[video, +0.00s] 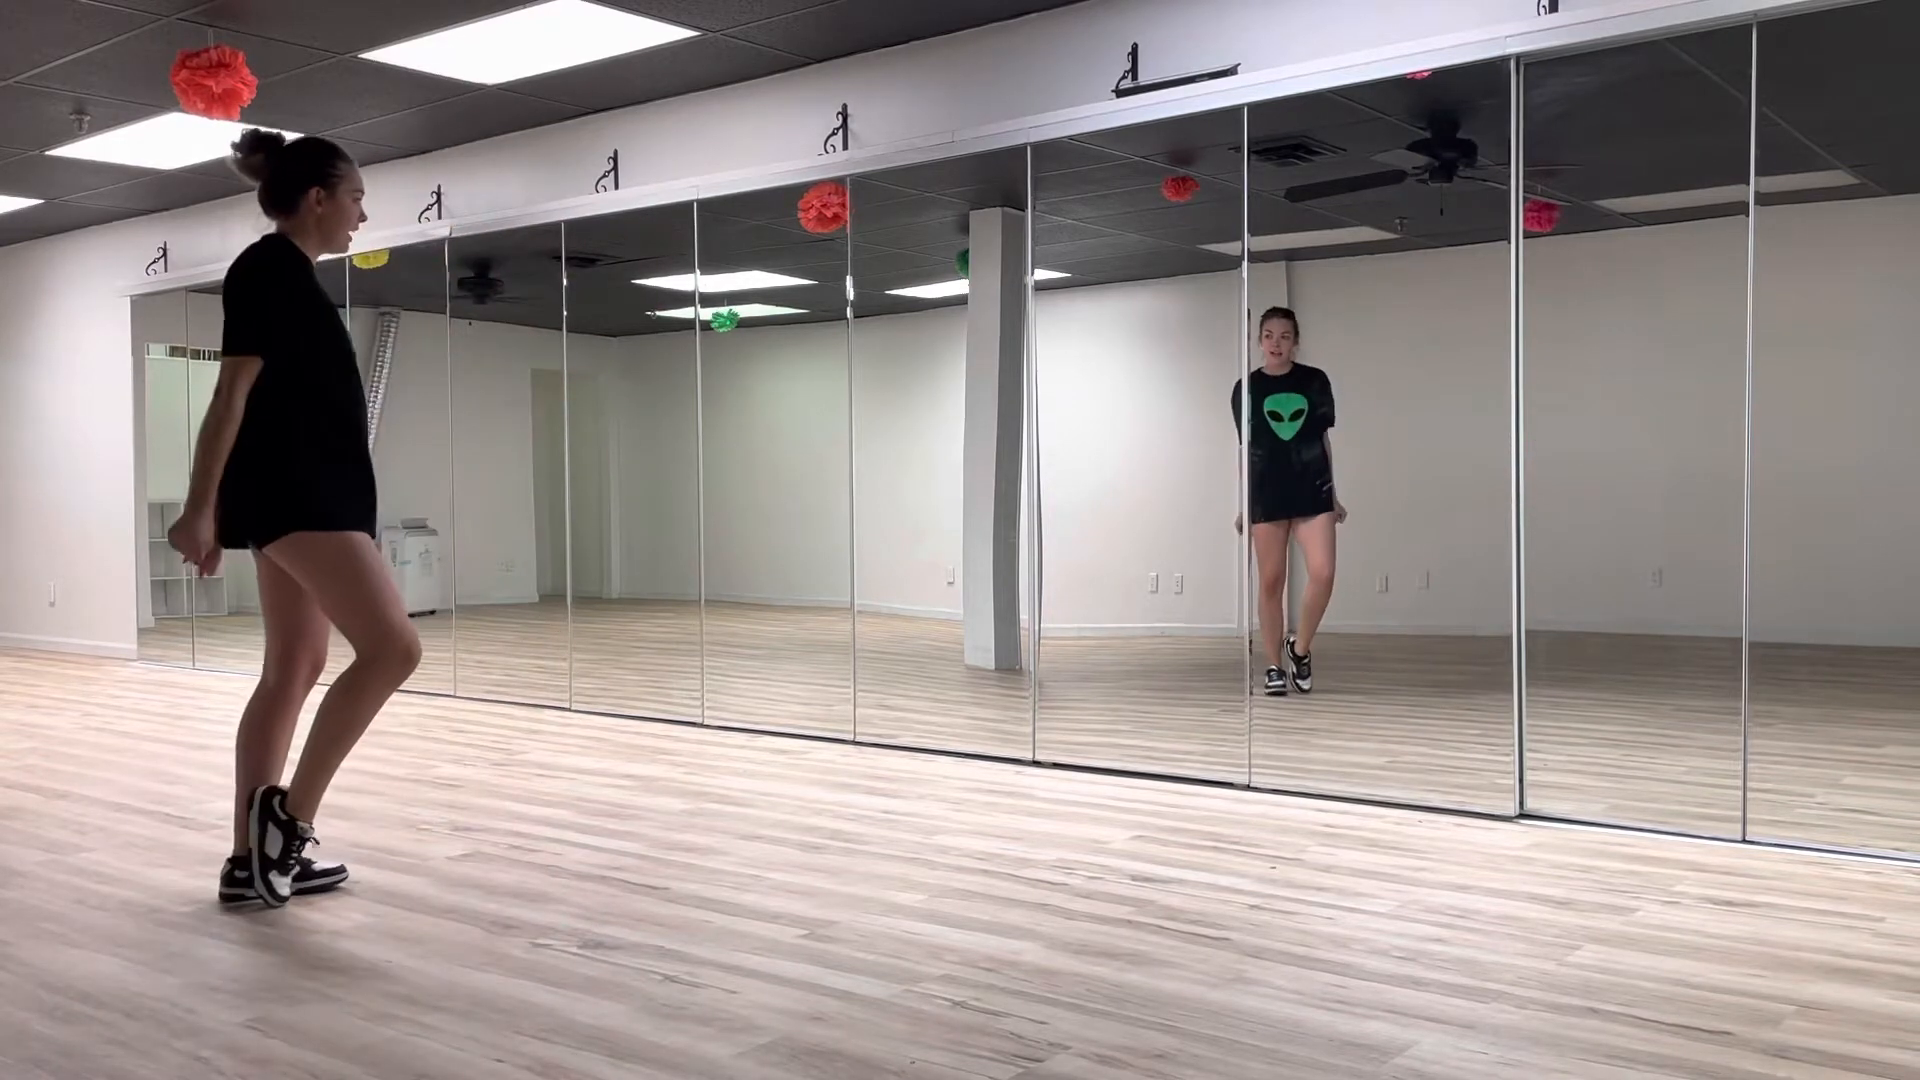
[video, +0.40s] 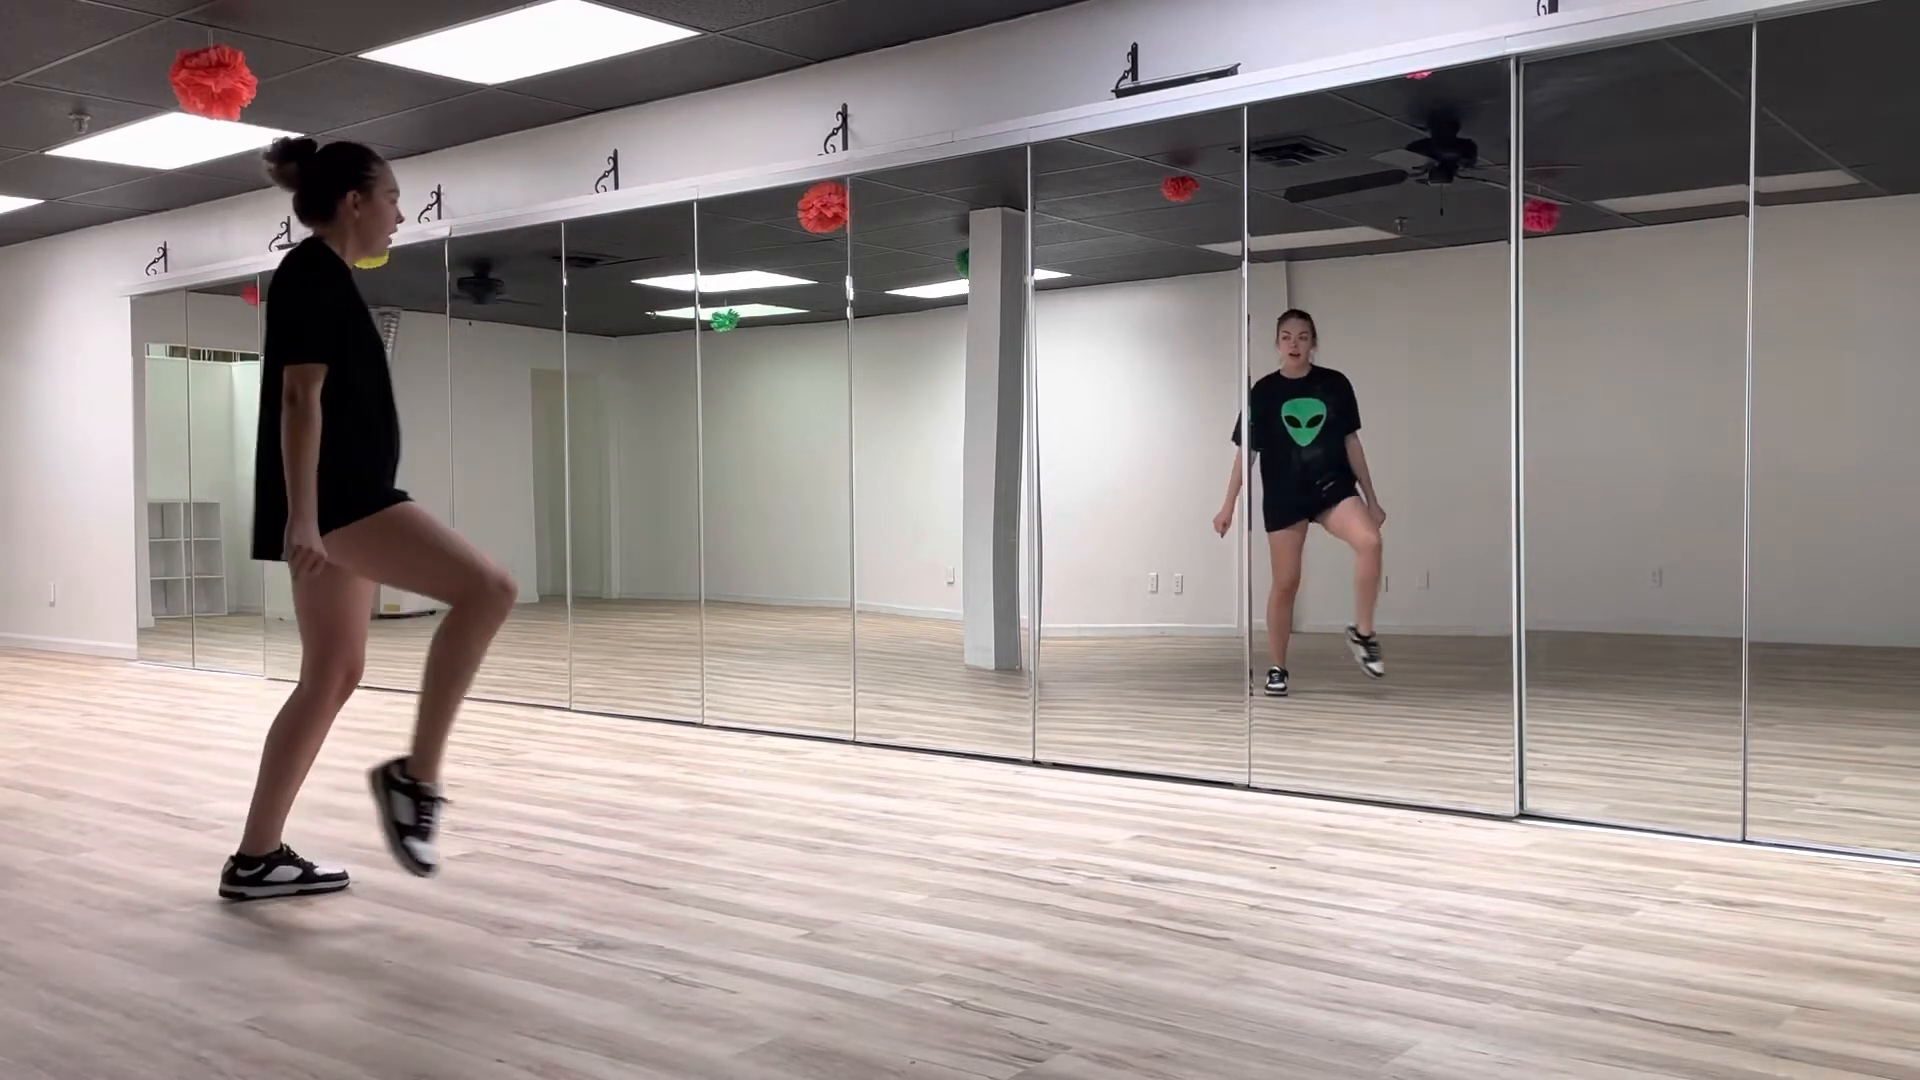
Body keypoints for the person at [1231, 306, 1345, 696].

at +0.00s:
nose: (1276, 342)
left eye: (1284, 336)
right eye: (1269, 335)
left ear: (1296, 341)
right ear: (1259, 340)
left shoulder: (1316, 380)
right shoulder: (1245, 388)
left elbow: (1323, 441)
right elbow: (1245, 451)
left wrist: (1332, 496)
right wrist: (1243, 506)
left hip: (1313, 493)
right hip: (1265, 496)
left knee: (1323, 575)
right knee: (1271, 581)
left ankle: (1301, 650)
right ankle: (1274, 666)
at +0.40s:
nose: (1294, 343)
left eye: (1302, 336)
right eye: (1287, 336)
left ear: (1313, 342)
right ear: (1277, 342)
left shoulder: (1335, 383)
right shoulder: (1262, 392)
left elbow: (1352, 443)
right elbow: (1244, 452)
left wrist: (1371, 498)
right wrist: (1227, 505)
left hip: (1332, 490)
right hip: (1284, 497)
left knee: (1370, 541)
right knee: (1286, 584)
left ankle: (1364, 632)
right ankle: (1277, 667)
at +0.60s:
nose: (1320, 332)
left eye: (1328, 326)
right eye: (1313, 326)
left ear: (1340, 334)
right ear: (1303, 333)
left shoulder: (1359, 375)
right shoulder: (1286, 381)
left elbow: (1370, 436)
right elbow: (1272, 449)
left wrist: (1377, 482)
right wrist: (1261, 505)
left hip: (1365, 480)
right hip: (1313, 489)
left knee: (1401, 560)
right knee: (1298, 580)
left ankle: (1430, 658)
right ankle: (1281, 665)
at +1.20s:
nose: (1300, 341)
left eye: (1310, 335)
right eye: (1295, 334)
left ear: (1327, 342)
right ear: (1290, 341)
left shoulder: (1345, 385)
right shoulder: (1284, 390)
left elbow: (1368, 446)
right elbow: (1284, 453)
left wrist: (1394, 504)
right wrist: (1283, 504)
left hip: (1339, 491)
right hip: (1296, 496)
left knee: (1331, 569)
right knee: (1291, 591)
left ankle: (1401, 635)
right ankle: (1323, 677)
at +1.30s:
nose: (1288, 338)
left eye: (1298, 331)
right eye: (1283, 331)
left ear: (1316, 337)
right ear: (1279, 337)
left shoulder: (1332, 381)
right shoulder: (1274, 387)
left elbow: (1354, 444)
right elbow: (1274, 452)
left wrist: (1377, 504)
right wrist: (1274, 502)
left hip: (1328, 484)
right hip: (1287, 491)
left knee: (1296, 557)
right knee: (1288, 588)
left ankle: (1356, 633)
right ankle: (1322, 675)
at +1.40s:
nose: (1278, 332)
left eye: (1288, 325)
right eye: (1274, 325)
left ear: (1306, 331)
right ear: (1269, 331)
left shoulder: (1319, 375)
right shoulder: (1266, 380)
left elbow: (1341, 440)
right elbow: (1263, 438)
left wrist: (1361, 500)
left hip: (1315, 482)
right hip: (1280, 486)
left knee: (1273, 555)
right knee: (1291, 580)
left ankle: (1304, 659)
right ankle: (1321, 670)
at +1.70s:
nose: (1250, 355)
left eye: (1257, 348)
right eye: (1249, 348)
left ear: (1280, 354)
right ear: (1265, 355)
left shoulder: (1284, 397)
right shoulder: (1272, 396)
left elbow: (1295, 461)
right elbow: (1273, 459)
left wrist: (1305, 523)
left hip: (1257, 510)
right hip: (1271, 510)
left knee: (1231, 594)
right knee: (1260, 600)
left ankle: (1257, 692)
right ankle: (1311, 680)